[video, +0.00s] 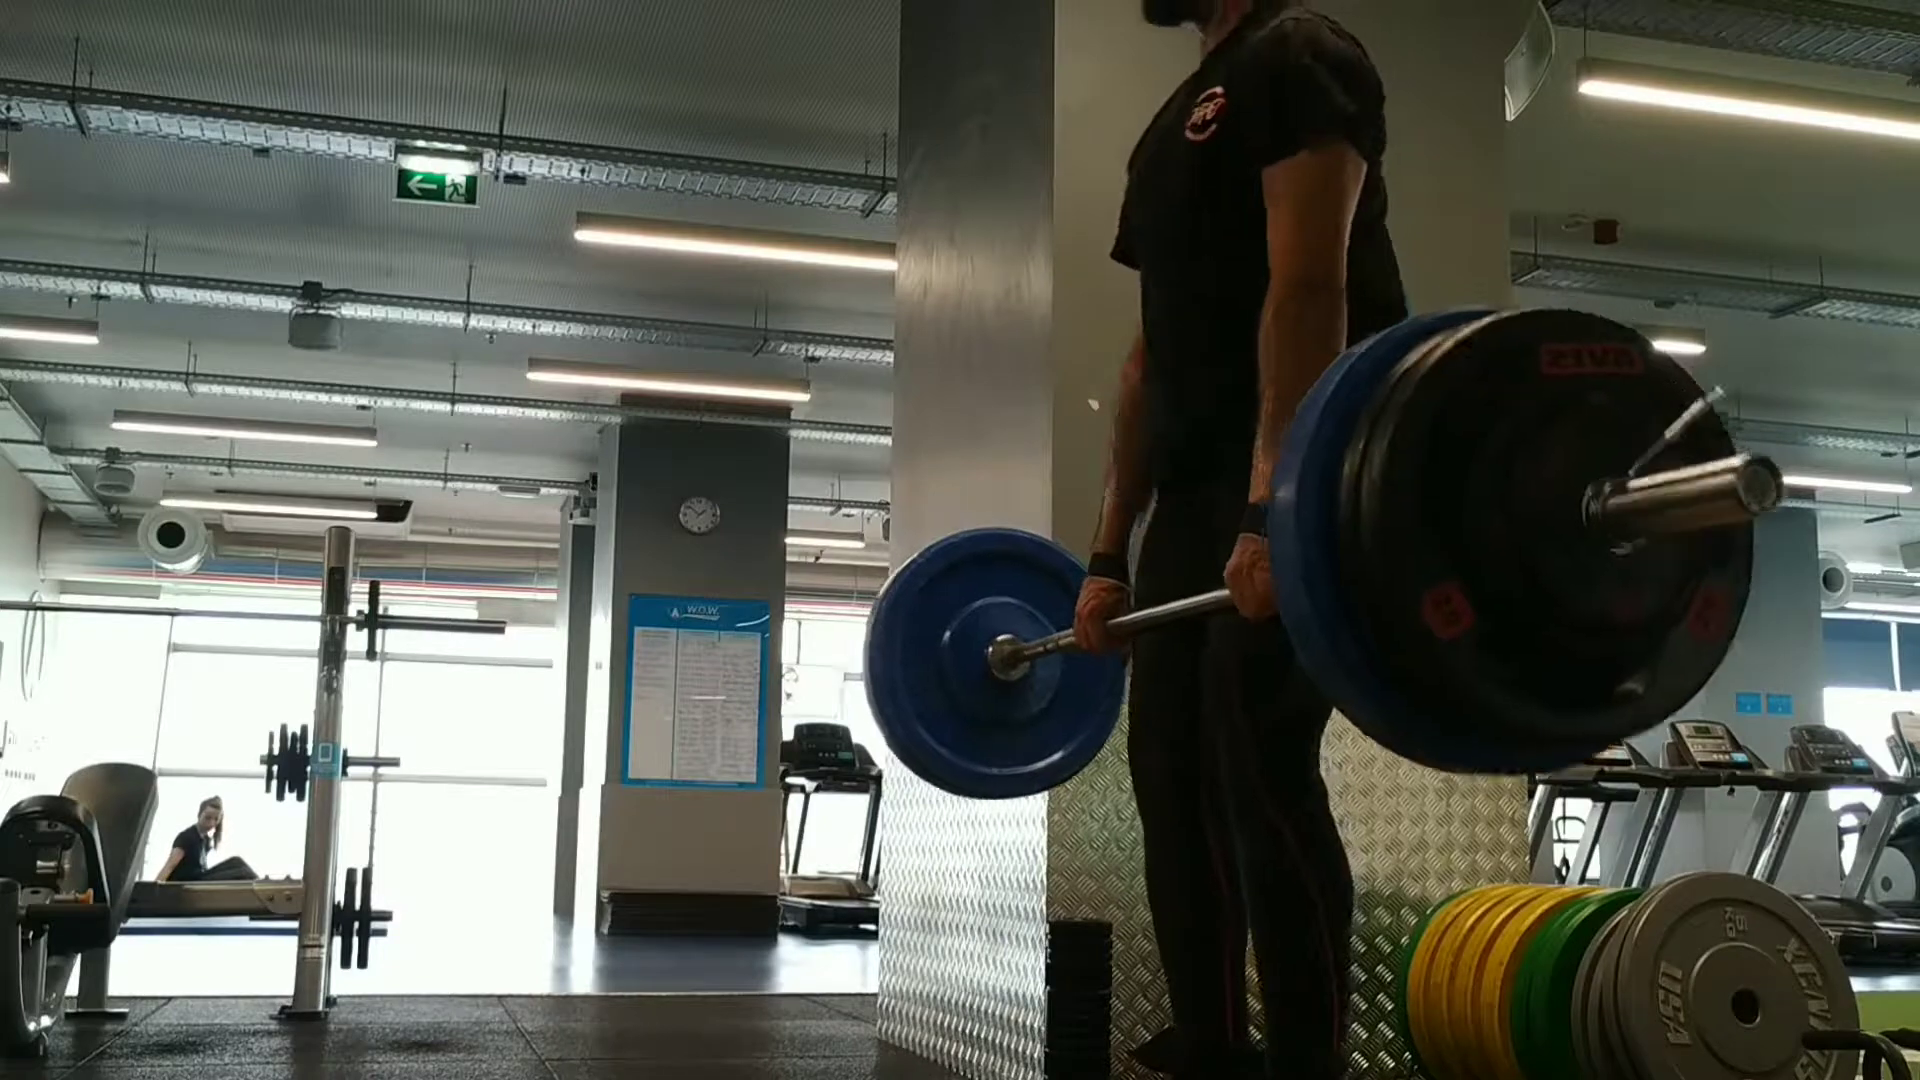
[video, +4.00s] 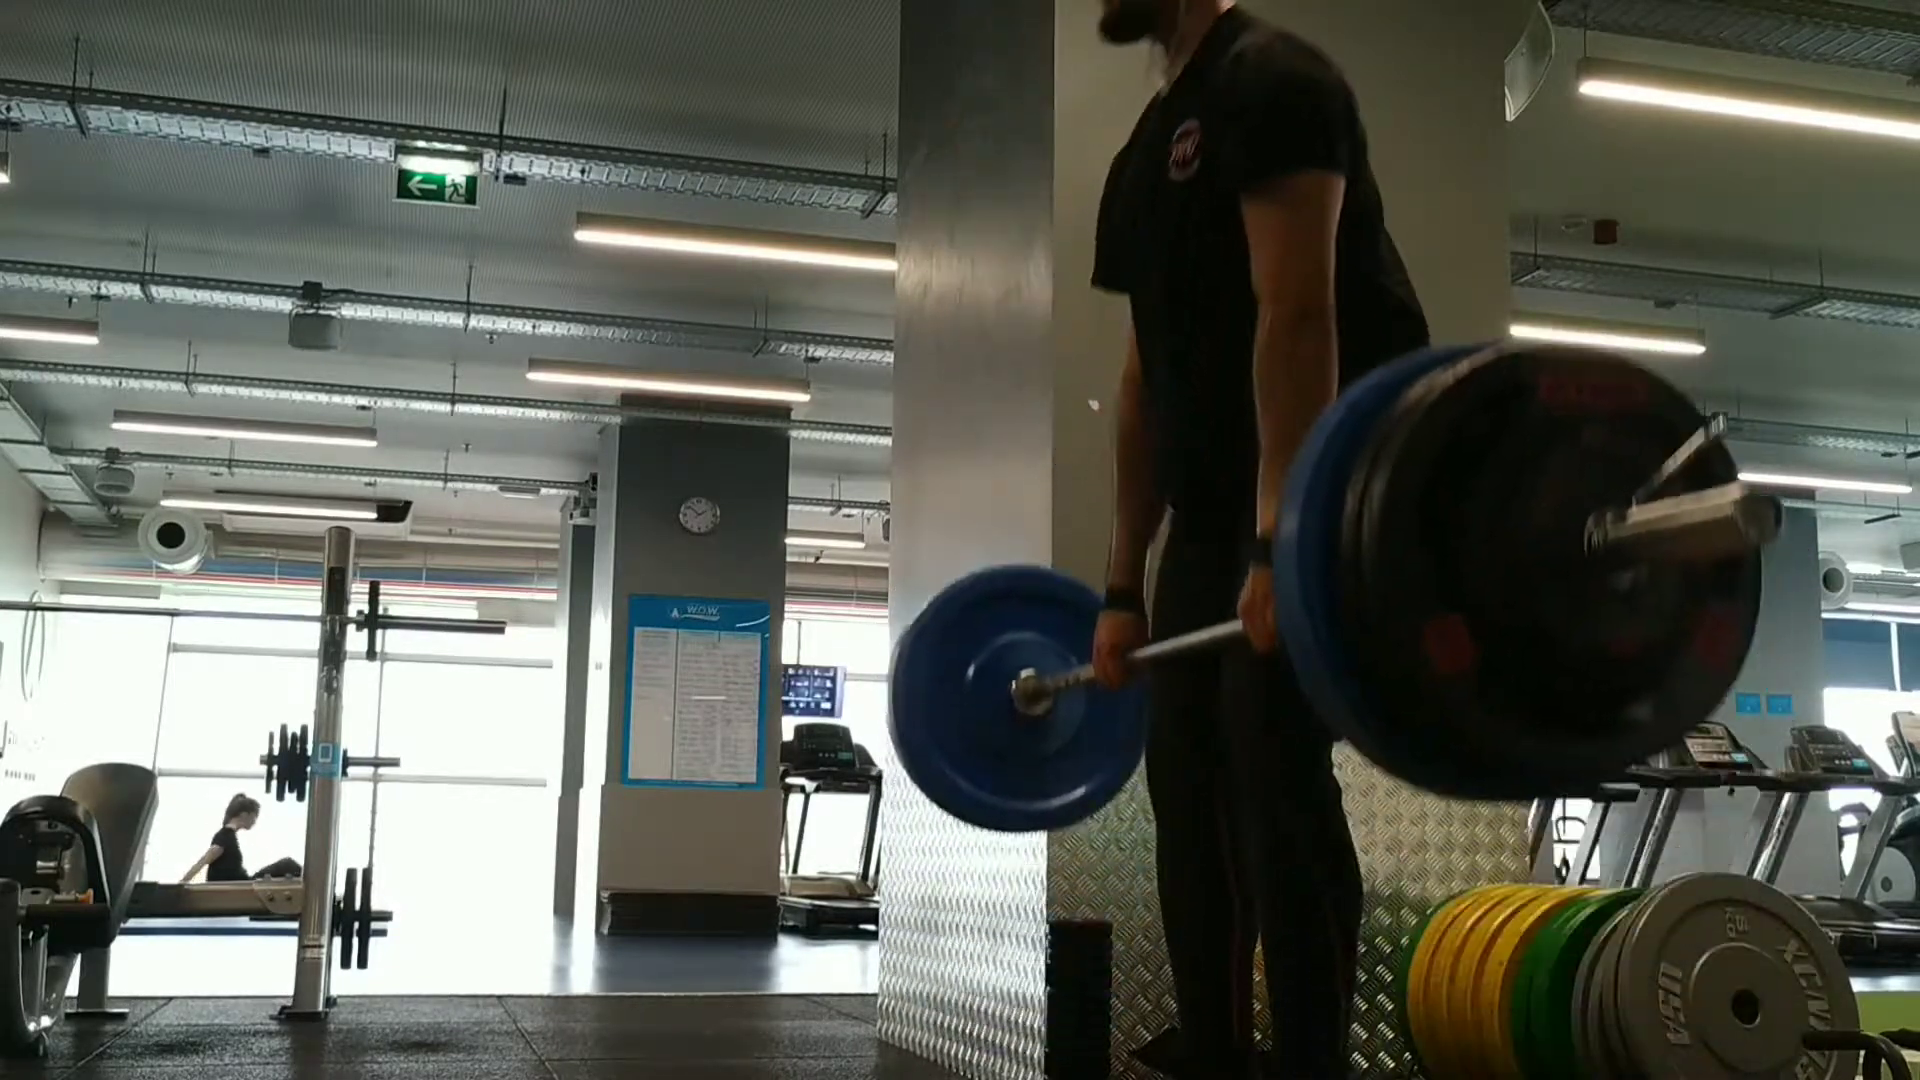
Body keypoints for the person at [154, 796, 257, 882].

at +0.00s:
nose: (211, 823)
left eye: (216, 819)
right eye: (208, 818)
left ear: (219, 821)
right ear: (199, 815)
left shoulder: (206, 839)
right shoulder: (186, 837)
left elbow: (198, 862)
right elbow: (171, 863)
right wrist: (156, 885)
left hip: (200, 877)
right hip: (188, 883)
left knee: (236, 862)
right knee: (241, 872)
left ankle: (260, 884)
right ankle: (262, 888)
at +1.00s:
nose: (211, 819)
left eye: (214, 816)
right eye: (208, 814)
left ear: (215, 818)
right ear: (198, 813)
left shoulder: (197, 836)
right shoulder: (184, 837)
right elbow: (162, 866)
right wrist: (149, 888)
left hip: (194, 880)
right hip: (184, 886)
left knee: (236, 861)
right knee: (240, 872)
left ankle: (259, 885)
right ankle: (260, 890)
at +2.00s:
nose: (206, 814)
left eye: (206, 810)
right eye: (205, 809)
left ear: (194, 809)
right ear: (195, 809)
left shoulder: (185, 831)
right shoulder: (179, 833)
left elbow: (172, 866)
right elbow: (171, 867)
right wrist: (169, 894)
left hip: (199, 877)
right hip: (193, 883)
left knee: (243, 854)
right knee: (247, 866)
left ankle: (270, 885)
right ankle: (272, 888)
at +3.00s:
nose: (223, 823)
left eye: (223, 819)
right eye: (223, 819)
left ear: (203, 819)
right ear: (218, 820)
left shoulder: (205, 839)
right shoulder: (206, 841)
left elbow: (191, 870)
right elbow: (190, 871)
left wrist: (175, 890)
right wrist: (174, 890)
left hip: (231, 882)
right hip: (233, 885)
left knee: (267, 847)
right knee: (274, 853)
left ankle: (286, 882)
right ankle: (292, 885)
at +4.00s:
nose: (255, 820)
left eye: (256, 816)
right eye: (254, 815)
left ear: (240, 814)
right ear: (243, 814)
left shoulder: (228, 835)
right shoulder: (226, 835)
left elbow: (204, 862)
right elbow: (204, 862)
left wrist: (182, 883)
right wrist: (182, 883)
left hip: (239, 886)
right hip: (236, 888)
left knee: (286, 864)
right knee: (287, 864)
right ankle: (314, 886)